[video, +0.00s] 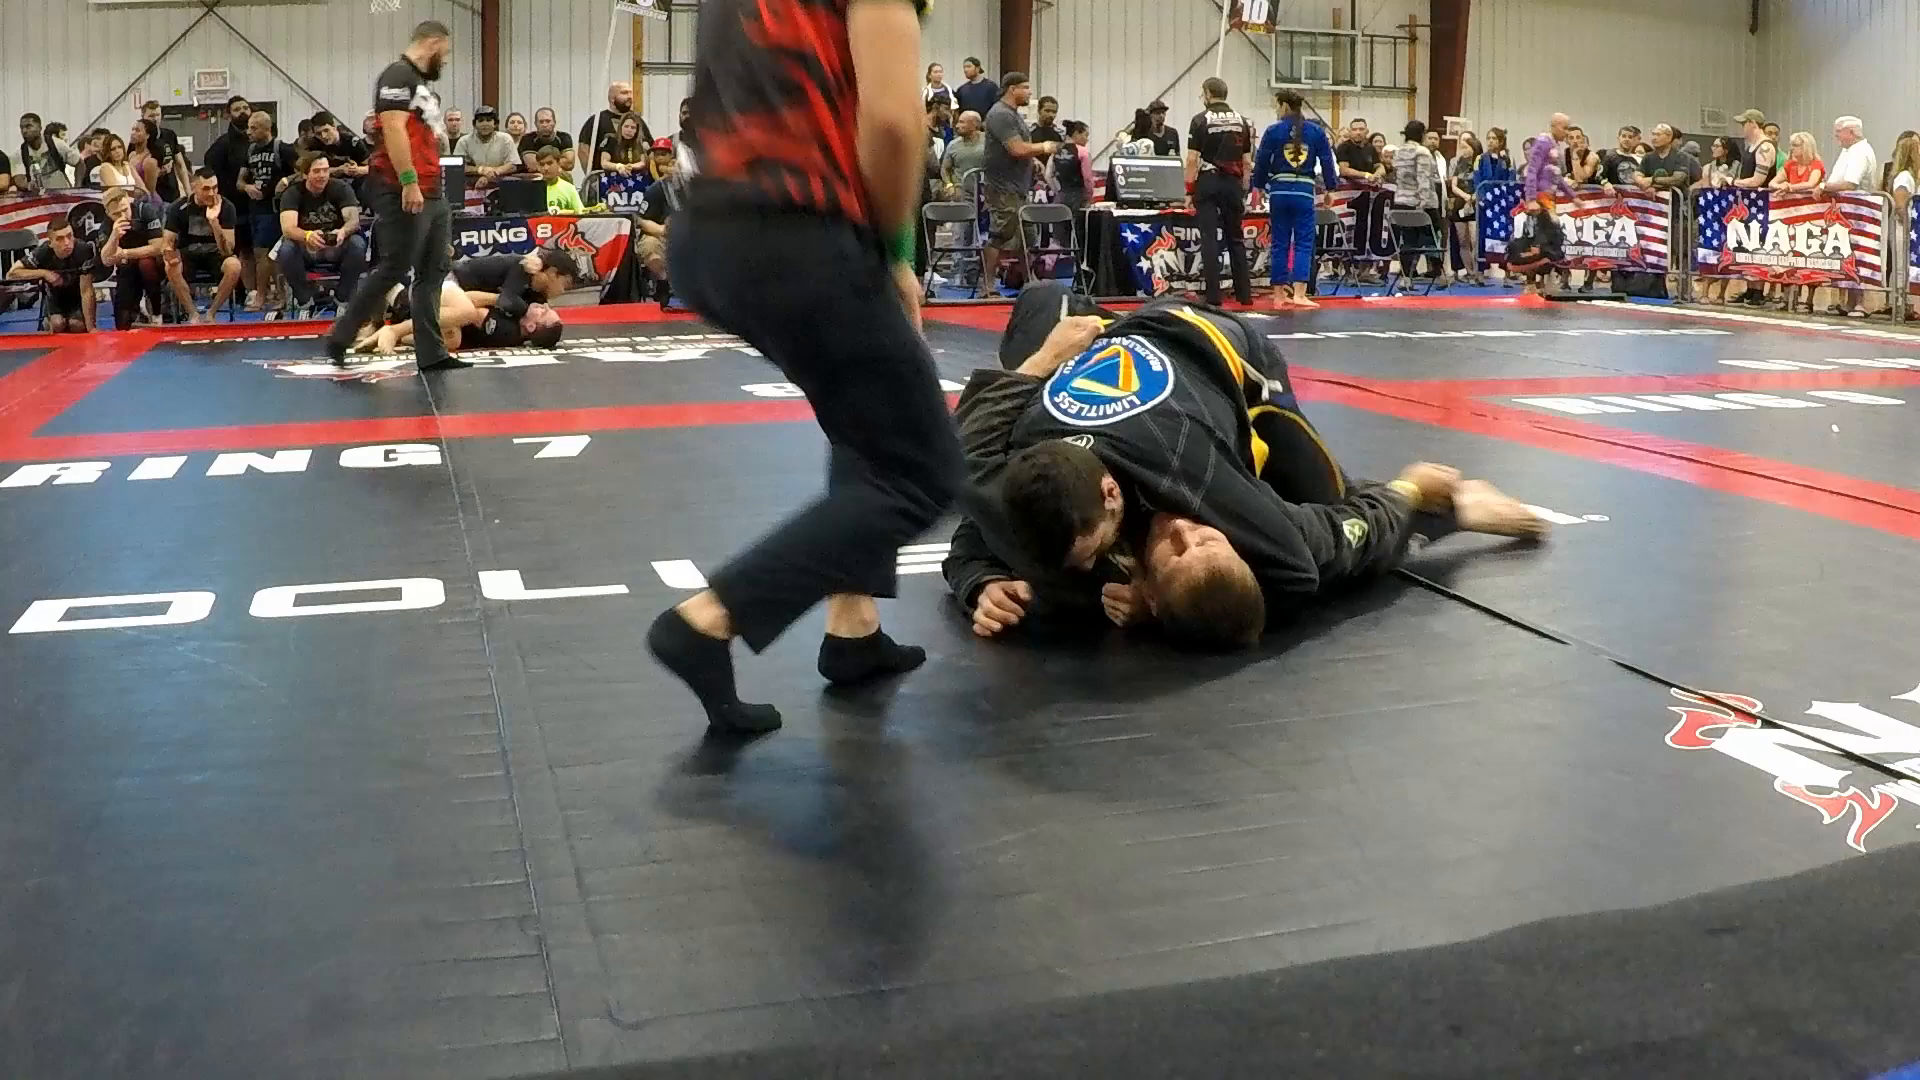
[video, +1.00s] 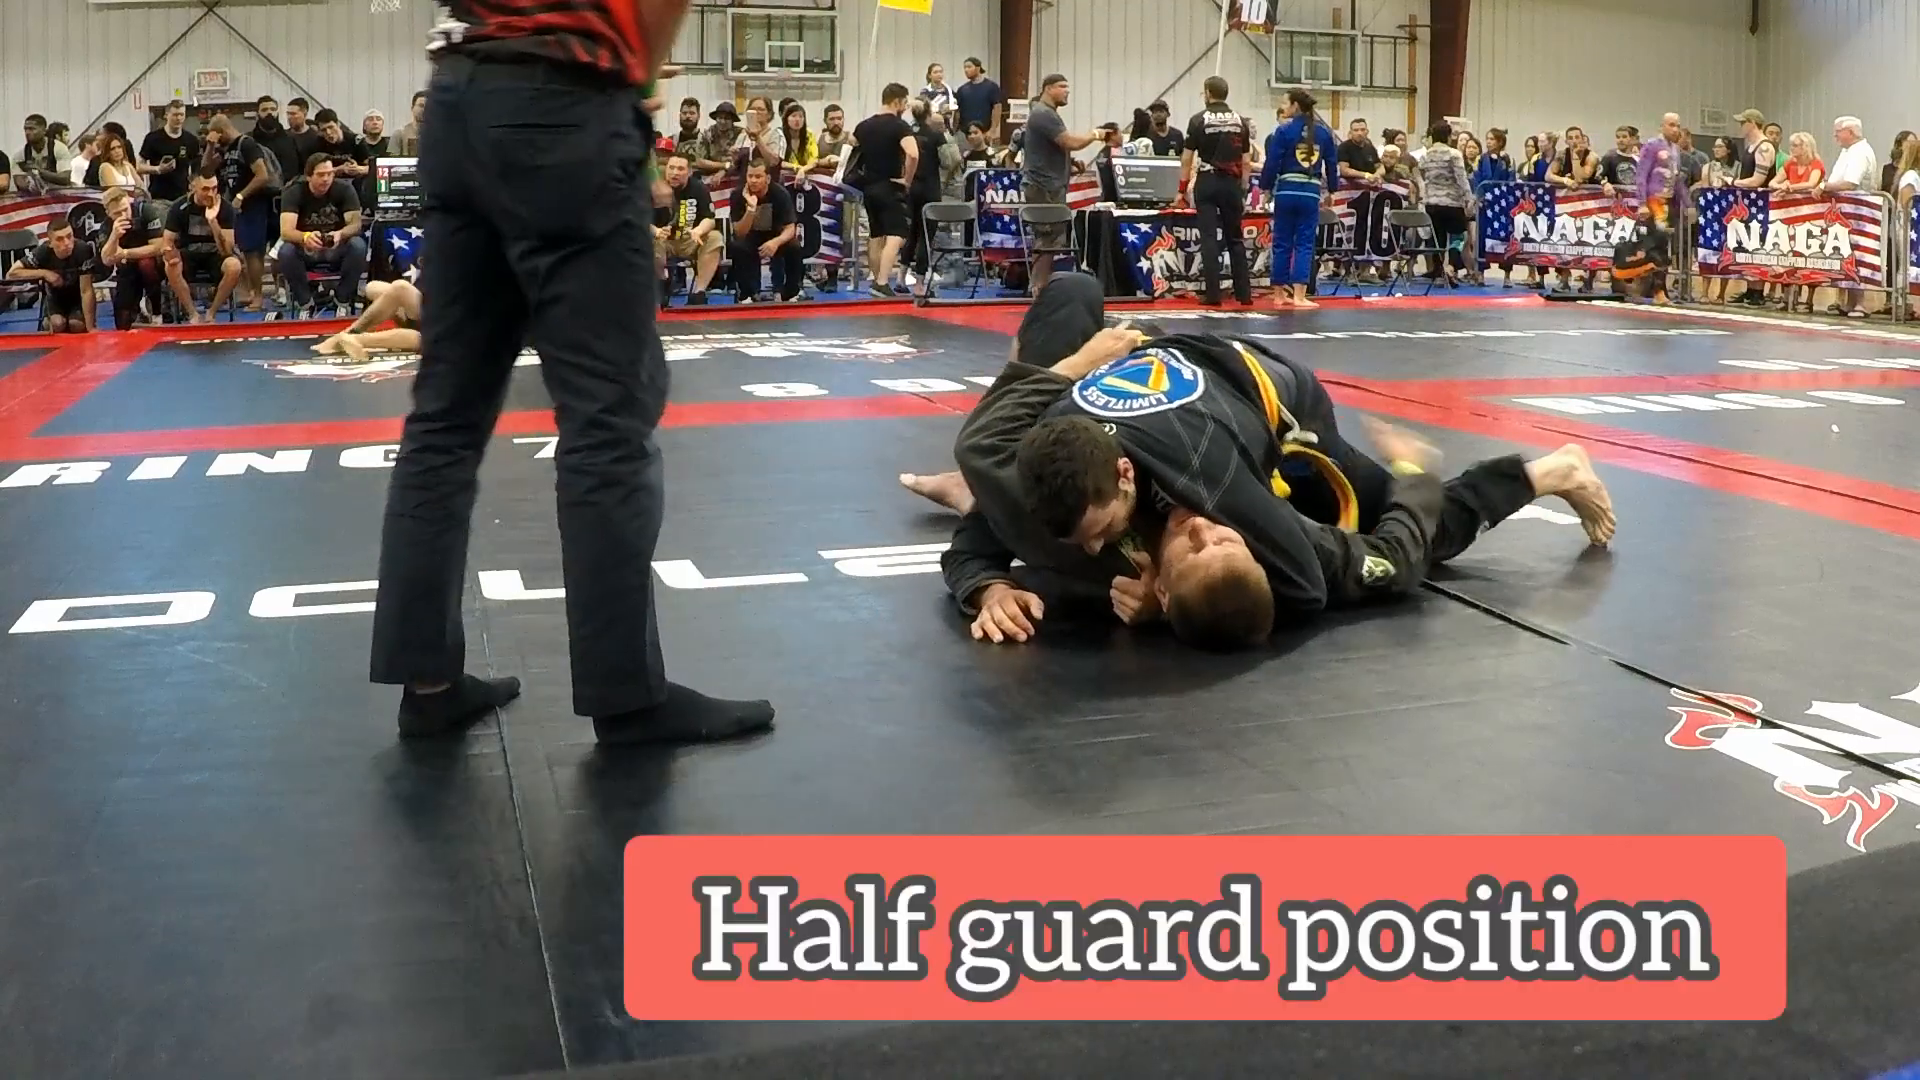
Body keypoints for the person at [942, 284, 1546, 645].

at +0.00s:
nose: (1089, 562)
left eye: (1097, 548)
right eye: (1069, 560)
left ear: (1112, 495)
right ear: (1019, 529)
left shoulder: (1183, 476)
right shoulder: (1001, 491)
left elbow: (1304, 565)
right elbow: (966, 551)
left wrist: (1153, 601)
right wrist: (977, 589)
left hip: (1218, 352)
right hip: (1112, 343)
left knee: (1328, 532)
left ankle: (1438, 495)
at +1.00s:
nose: (1091, 543)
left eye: (1100, 531)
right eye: (1072, 537)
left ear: (1129, 488)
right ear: (1027, 508)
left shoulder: (1203, 489)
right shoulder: (1004, 475)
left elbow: (1313, 582)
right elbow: (966, 554)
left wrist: (1166, 607)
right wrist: (983, 593)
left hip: (1255, 387)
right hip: (1141, 355)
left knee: (1392, 531)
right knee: (1063, 288)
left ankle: (1539, 469)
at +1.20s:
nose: (1090, 540)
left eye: (1100, 530)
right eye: (1070, 535)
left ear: (1125, 479)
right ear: (1024, 499)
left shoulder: (1200, 481)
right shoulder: (1012, 470)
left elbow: (1317, 590)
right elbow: (980, 549)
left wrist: (1148, 604)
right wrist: (985, 593)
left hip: (1277, 405)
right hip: (1170, 359)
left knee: (1422, 530)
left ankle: (1577, 472)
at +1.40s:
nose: (1082, 539)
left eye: (1093, 530)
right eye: (1060, 533)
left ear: (1117, 478)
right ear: (1020, 490)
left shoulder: (1200, 487)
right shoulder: (1014, 457)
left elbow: (1307, 591)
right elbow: (999, 536)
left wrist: (1147, 601)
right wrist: (978, 576)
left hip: (1283, 407)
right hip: (1180, 355)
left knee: (1414, 532)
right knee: (1096, 285)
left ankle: (1588, 476)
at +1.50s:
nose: (1068, 543)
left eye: (1092, 536)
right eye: (1055, 536)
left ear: (1115, 482)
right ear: (1016, 485)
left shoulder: (1201, 493)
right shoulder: (1012, 455)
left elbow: (1309, 595)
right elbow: (996, 534)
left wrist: (1142, 604)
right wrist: (976, 573)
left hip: (1287, 415)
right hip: (1193, 358)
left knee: (1416, 529)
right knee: (1093, 289)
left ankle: (1588, 474)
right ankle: (985, 533)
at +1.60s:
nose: (1064, 543)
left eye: (1080, 536)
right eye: (1050, 536)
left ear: (1114, 487)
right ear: (1017, 485)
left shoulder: (1200, 489)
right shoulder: (1014, 454)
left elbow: (1306, 598)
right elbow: (995, 533)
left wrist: (1148, 603)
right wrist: (979, 571)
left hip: (1279, 406)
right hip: (1181, 357)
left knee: (1403, 513)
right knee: (1091, 290)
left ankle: (1588, 476)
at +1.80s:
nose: (1171, 534)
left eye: (1137, 546)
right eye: (1181, 543)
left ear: (1118, 511)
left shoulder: (1201, 491)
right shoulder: (1010, 462)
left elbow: (1307, 591)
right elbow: (994, 538)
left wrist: (1134, 598)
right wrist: (977, 573)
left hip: (1271, 401)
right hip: (1173, 354)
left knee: (1414, 522)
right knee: (1080, 292)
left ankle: (1580, 476)